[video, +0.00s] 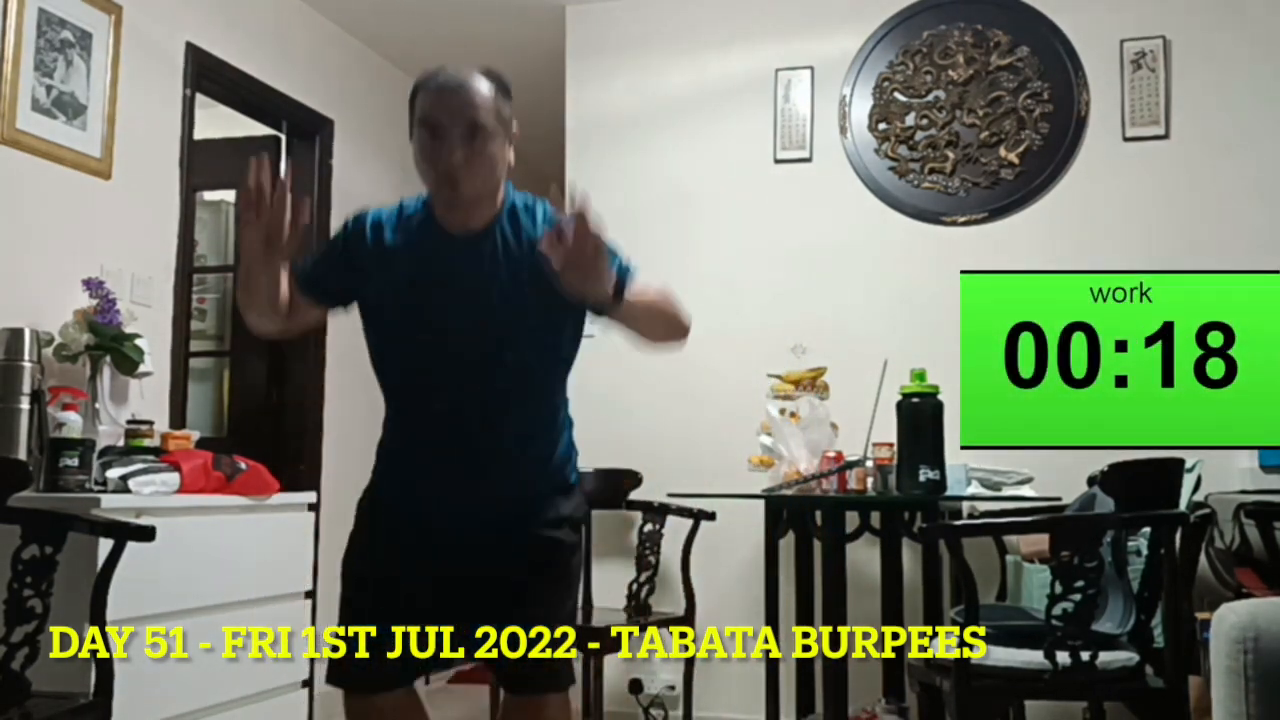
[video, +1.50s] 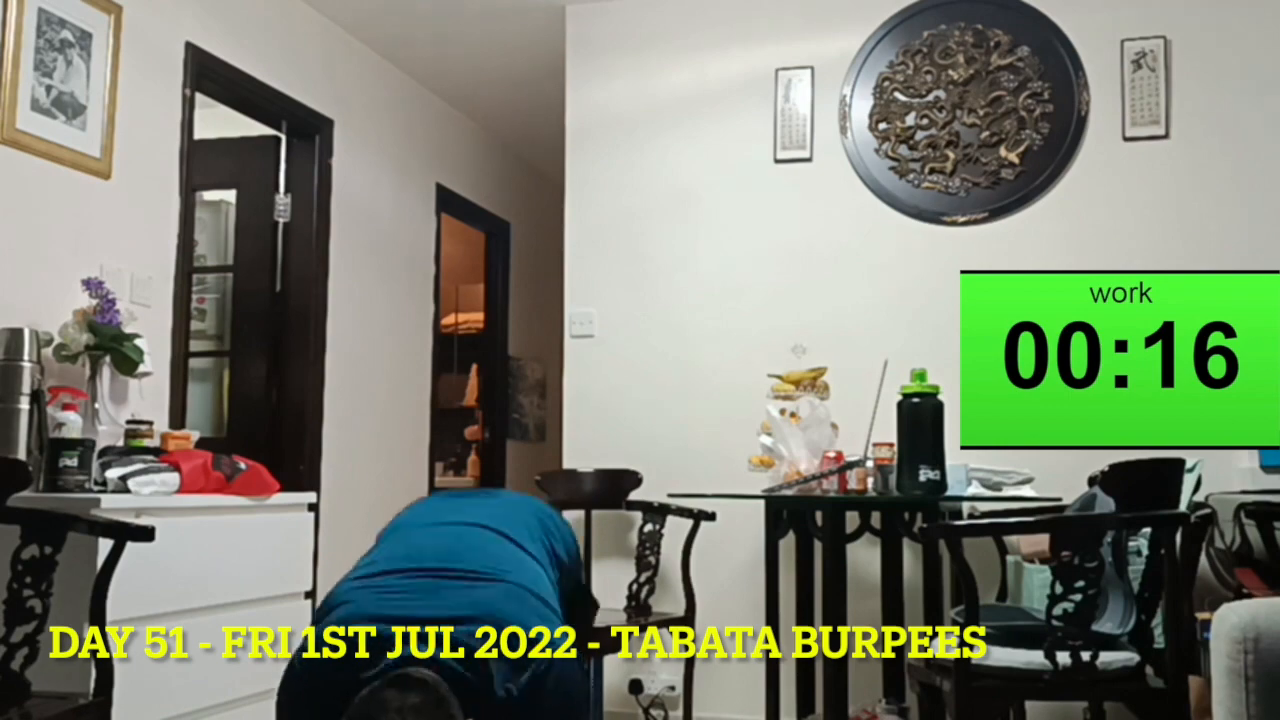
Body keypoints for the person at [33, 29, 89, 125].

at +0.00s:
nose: (66, 51)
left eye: (69, 48)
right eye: (63, 48)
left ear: (74, 49)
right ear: (61, 50)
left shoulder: (79, 66)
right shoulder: (61, 60)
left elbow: (70, 89)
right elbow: (57, 81)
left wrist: (49, 82)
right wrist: (49, 100)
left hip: (80, 102)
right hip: (63, 95)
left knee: (64, 98)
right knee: (48, 88)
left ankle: (70, 120)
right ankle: (61, 116)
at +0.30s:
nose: (66, 51)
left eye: (69, 48)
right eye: (63, 48)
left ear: (74, 49)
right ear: (61, 50)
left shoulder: (79, 65)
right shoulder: (61, 60)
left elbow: (70, 89)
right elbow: (57, 81)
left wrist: (49, 83)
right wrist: (49, 101)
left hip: (79, 102)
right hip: (63, 95)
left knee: (64, 98)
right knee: (48, 89)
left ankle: (70, 120)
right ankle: (61, 117)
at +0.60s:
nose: (65, 50)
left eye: (69, 47)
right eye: (63, 47)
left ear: (73, 48)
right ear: (60, 49)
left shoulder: (78, 65)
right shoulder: (61, 60)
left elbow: (69, 89)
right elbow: (56, 81)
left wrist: (49, 83)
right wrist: (49, 101)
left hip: (78, 101)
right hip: (63, 94)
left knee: (63, 98)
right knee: (47, 88)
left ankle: (69, 119)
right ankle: (61, 116)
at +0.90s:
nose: (66, 51)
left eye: (69, 47)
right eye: (63, 48)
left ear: (74, 49)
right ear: (60, 50)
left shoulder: (78, 65)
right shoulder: (61, 60)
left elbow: (69, 89)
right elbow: (56, 80)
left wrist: (49, 83)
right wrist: (49, 101)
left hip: (79, 101)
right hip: (63, 94)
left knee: (64, 98)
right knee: (48, 88)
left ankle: (69, 120)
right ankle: (60, 116)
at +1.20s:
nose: (66, 51)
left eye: (69, 48)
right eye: (63, 48)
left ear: (74, 49)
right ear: (60, 50)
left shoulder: (79, 66)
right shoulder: (61, 60)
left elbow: (69, 89)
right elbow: (57, 80)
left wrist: (49, 82)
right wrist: (49, 100)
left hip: (78, 101)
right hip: (63, 94)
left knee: (64, 98)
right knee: (48, 88)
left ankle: (69, 119)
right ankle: (60, 116)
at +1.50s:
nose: (66, 53)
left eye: (69, 48)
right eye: (63, 50)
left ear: (74, 49)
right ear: (60, 51)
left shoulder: (79, 66)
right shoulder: (61, 60)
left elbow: (69, 89)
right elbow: (57, 81)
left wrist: (49, 82)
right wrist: (49, 101)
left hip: (78, 102)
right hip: (62, 95)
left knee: (64, 98)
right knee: (47, 88)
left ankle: (70, 120)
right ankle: (60, 116)